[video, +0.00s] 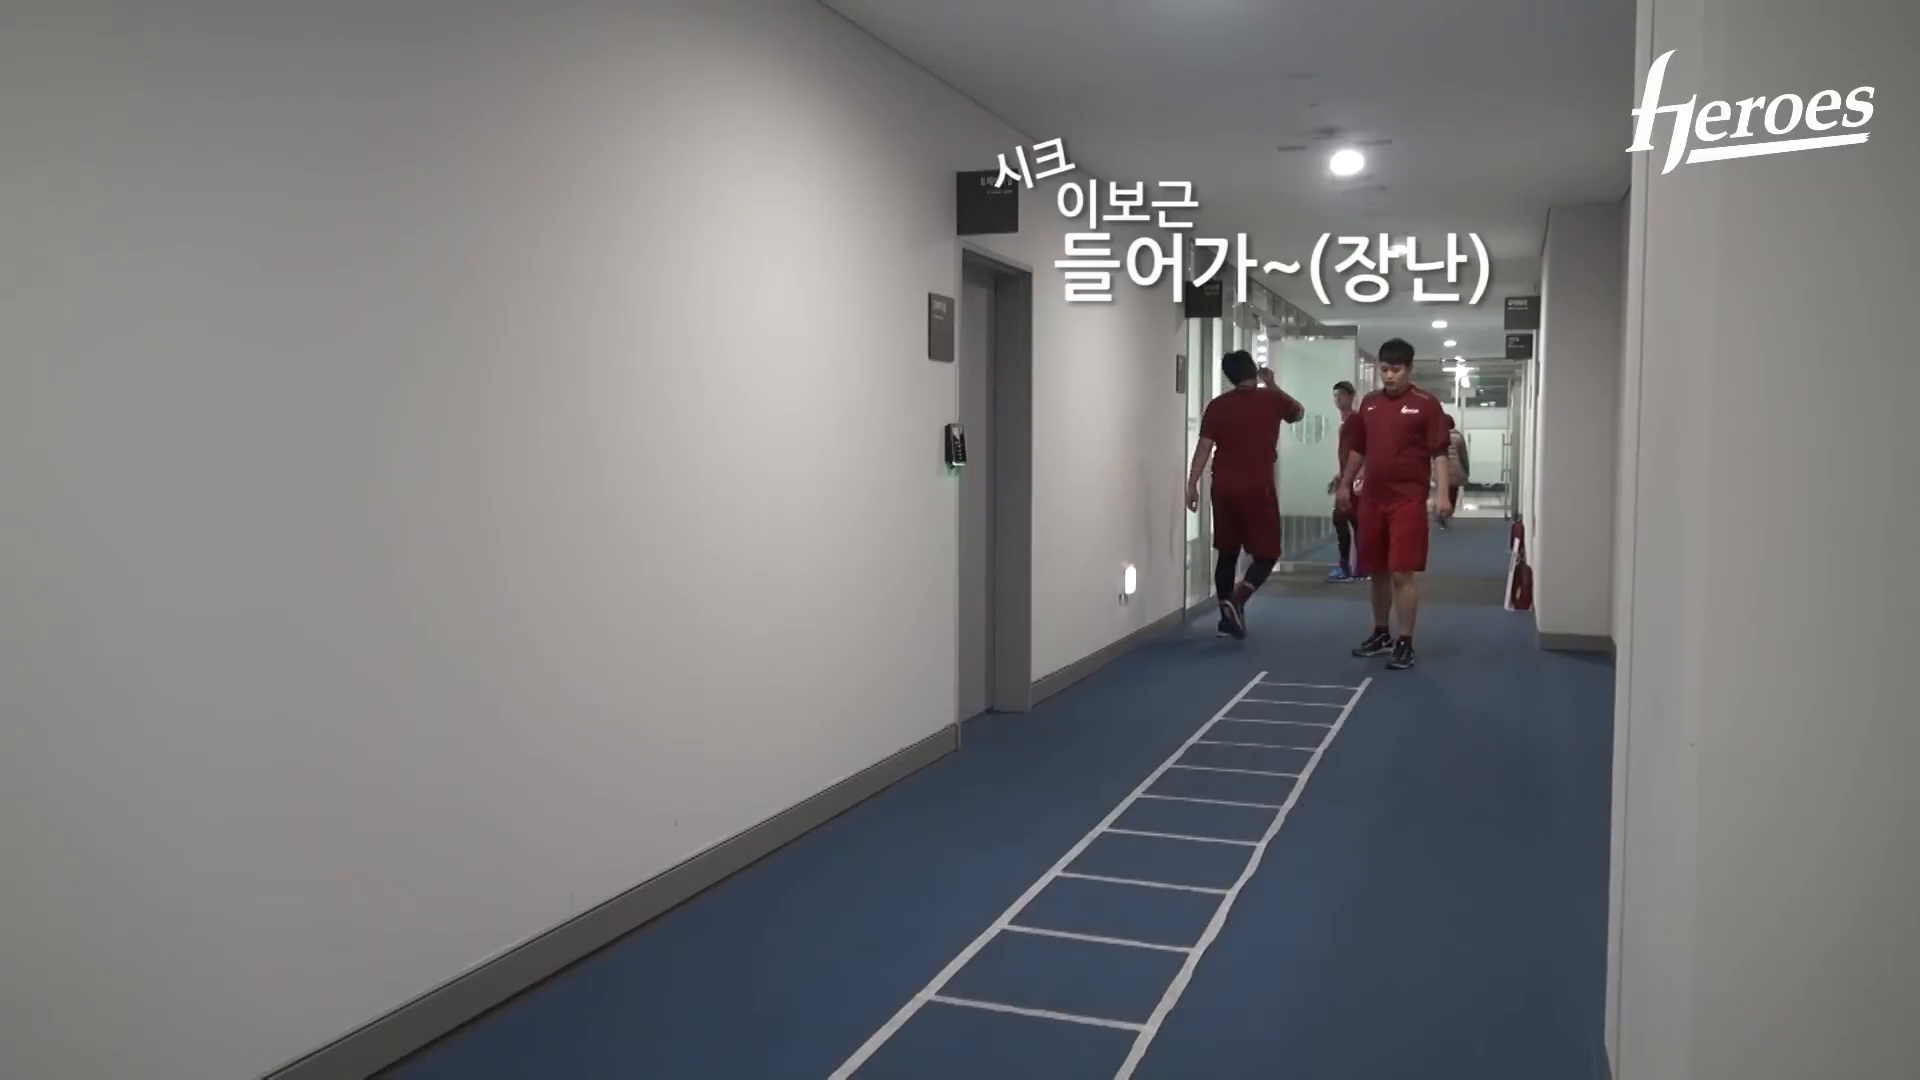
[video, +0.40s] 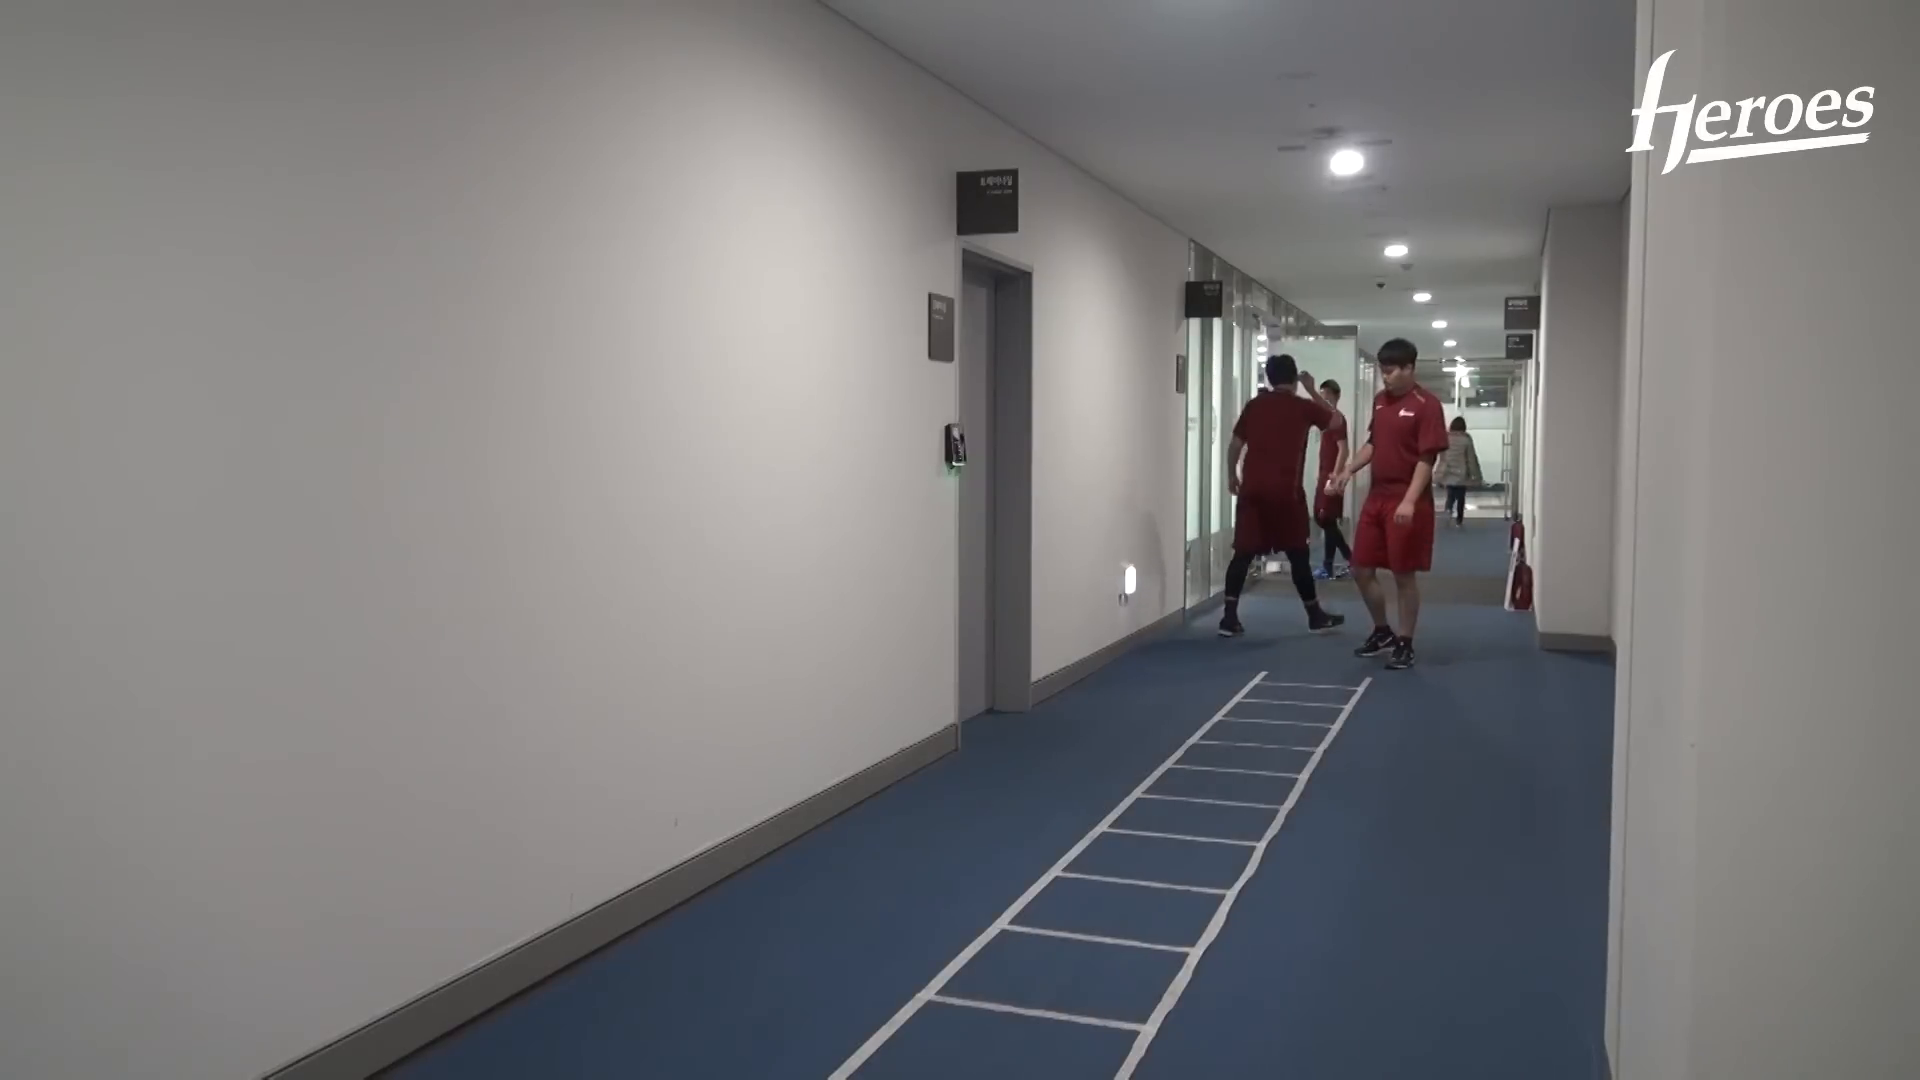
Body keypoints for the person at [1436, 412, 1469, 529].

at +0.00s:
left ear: (1441, 425)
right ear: (1453, 424)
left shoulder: (1438, 436)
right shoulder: (1458, 436)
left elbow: (1434, 456)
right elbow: (1463, 456)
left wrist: (1432, 471)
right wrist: (1466, 472)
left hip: (1441, 468)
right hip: (1455, 469)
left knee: (1442, 492)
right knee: (1453, 494)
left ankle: (1441, 513)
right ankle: (1447, 514)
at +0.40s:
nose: (1463, 428)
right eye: (1463, 426)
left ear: (1451, 425)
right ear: (1464, 426)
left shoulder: (1446, 437)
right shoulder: (1466, 439)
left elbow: (1442, 458)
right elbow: (1471, 459)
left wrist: (1437, 475)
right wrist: (1476, 476)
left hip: (1448, 471)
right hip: (1461, 472)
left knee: (1450, 494)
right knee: (1461, 498)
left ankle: (1447, 510)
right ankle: (1459, 520)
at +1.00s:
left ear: (1464, 425)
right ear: (1477, 426)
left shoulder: (1459, 437)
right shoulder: (1480, 438)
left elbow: (1452, 455)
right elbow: (1484, 458)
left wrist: (1449, 472)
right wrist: (1487, 475)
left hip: (1461, 469)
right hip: (1475, 469)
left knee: (1461, 494)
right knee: (1476, 495)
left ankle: (1461, 516)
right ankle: (1474, 515)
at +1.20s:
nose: (1482, 429)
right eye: (1482, 428)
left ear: (1470, 427)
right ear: (1481, 428)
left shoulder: (1465, 440)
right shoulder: (1484, 441)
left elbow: (1459, 455)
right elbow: (1490, 459)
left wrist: (1460, 467)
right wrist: (1492, 474)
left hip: (1467, 471)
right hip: (1481, 472)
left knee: (1466, 494)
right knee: (1483, 495)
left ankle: (1464, 514)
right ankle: (1483, 516)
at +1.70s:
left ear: (1475, 426)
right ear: (1487, 427)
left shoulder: (1470, 438)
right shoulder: (1490, 439)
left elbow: (1463, 456)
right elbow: (1495, 458)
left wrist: (1460, 473)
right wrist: (1496, 474)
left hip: (1473, 470)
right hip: (1486, 471)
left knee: (1477, 492)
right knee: (1488, 491)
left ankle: (1480, 513)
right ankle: (1485, 509)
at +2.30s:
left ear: (1464, 425)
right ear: (1478, 424)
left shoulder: (1461, 436)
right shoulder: (1480, 436)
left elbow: (1457, 451)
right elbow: (1486, 453)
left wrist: (1456, 461)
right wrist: (1488, 465)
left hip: (1465, 465)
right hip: (1479, 465)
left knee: (1465, 487)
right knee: (1478, 486)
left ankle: (1473, 505)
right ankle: (1479, 506)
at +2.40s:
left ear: (1464, 425)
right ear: (1475, 425)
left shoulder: (1460, 437)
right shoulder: (1477, 436)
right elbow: (1482, 453)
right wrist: (1482, 468)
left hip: (1462, 467)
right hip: (1476, 467)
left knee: (1459, 488)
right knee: (1477, 487)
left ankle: (1460, 507)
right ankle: (1479, 507)